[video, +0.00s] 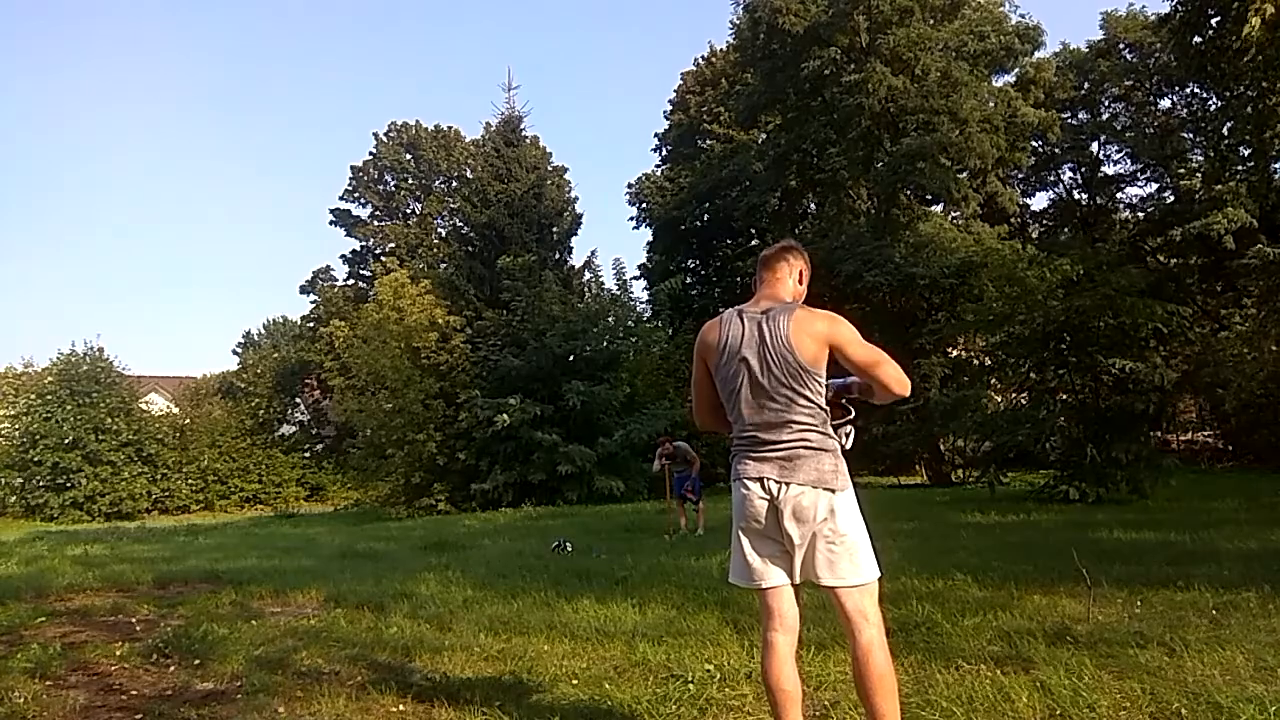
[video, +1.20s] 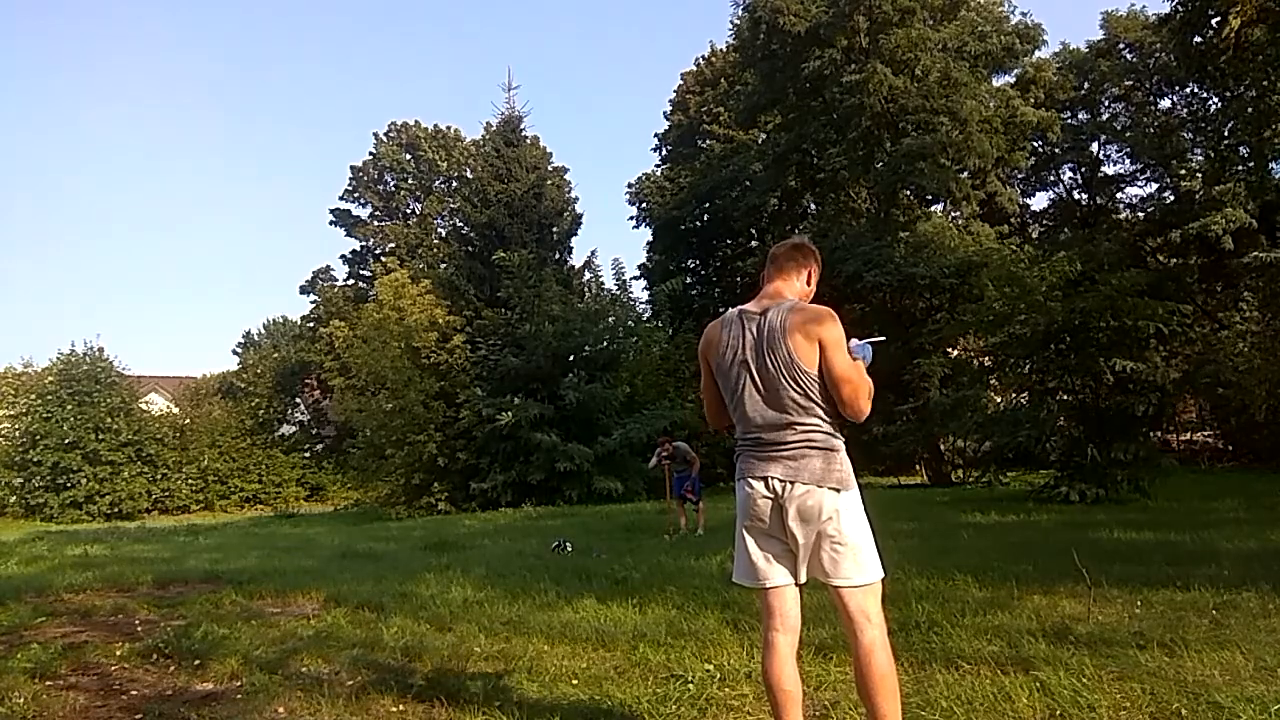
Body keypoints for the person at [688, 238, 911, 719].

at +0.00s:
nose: (806, 289)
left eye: (804, 282)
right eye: (806, 281)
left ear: (756, 279)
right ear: (799, 278)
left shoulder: (711, 333)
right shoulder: (820, 323)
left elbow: (706, 418)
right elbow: (897, 386)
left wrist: (764, 411)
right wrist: (853, 386)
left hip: (751, 491)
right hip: (820, 488)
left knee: (778, 626)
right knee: (865, 623)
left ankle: (789, 718)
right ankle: (887, 716)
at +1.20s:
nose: (815, 289)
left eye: (814, 283)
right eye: (816, 282)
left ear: (765, 274)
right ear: (808, 277)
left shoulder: (715, 333)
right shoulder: (819, 320)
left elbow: (718, 418)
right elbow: (857, 406)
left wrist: (765, 387)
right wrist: (858, 364)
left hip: (755, 488)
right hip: (823, 484)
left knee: (778, 630)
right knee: (867, 626)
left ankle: (790, 719)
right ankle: (887, 716)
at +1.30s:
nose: (814, 292)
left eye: (814, 288)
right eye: (816, 287)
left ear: (766, 276)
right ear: (809, 281)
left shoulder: (714, 329)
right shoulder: (815, 316)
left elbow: (723, 404)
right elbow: (867, 392)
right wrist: (859, 339)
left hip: (754, 489)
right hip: (822, 484)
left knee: (778, 629)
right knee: (867, 625)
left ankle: (790, 719)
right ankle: (887, 716)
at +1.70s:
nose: (823, 288)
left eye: (823, 281)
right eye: (823, 281)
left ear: (774, 277)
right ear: (815, 282)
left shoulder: (720, 324)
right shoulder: (818, 316)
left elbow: (744, 324)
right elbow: (881, 364)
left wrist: (795, 294)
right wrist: (852, 304)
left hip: (755, 488)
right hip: (823, 485)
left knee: (779, 627)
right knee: (867, 624)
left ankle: (791, 718)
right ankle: (887, 716)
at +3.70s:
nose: (856, 271)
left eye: (852, 264)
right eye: (852, 264)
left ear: (792, 274)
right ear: (844, 267)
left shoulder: (761, 323)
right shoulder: (865, 308)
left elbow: (787, 360)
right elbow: (916, 375)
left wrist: (828, 299)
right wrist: (876, 308)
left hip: (796, 484)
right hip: (867, 481)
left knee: (801, 630)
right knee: (889, 631)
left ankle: (799, 719)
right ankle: (899, 718)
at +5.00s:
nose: (895, 282)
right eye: (892, 273)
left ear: (837, 275)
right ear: (884, 276)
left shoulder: (799, 329)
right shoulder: (898, 311)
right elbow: (969, 360)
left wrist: (848, 289)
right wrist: (924, 301)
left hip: (829, 478)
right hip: (897, 477)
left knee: (839, 611)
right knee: (910, 631)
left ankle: (810, 714)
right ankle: (908, 718)